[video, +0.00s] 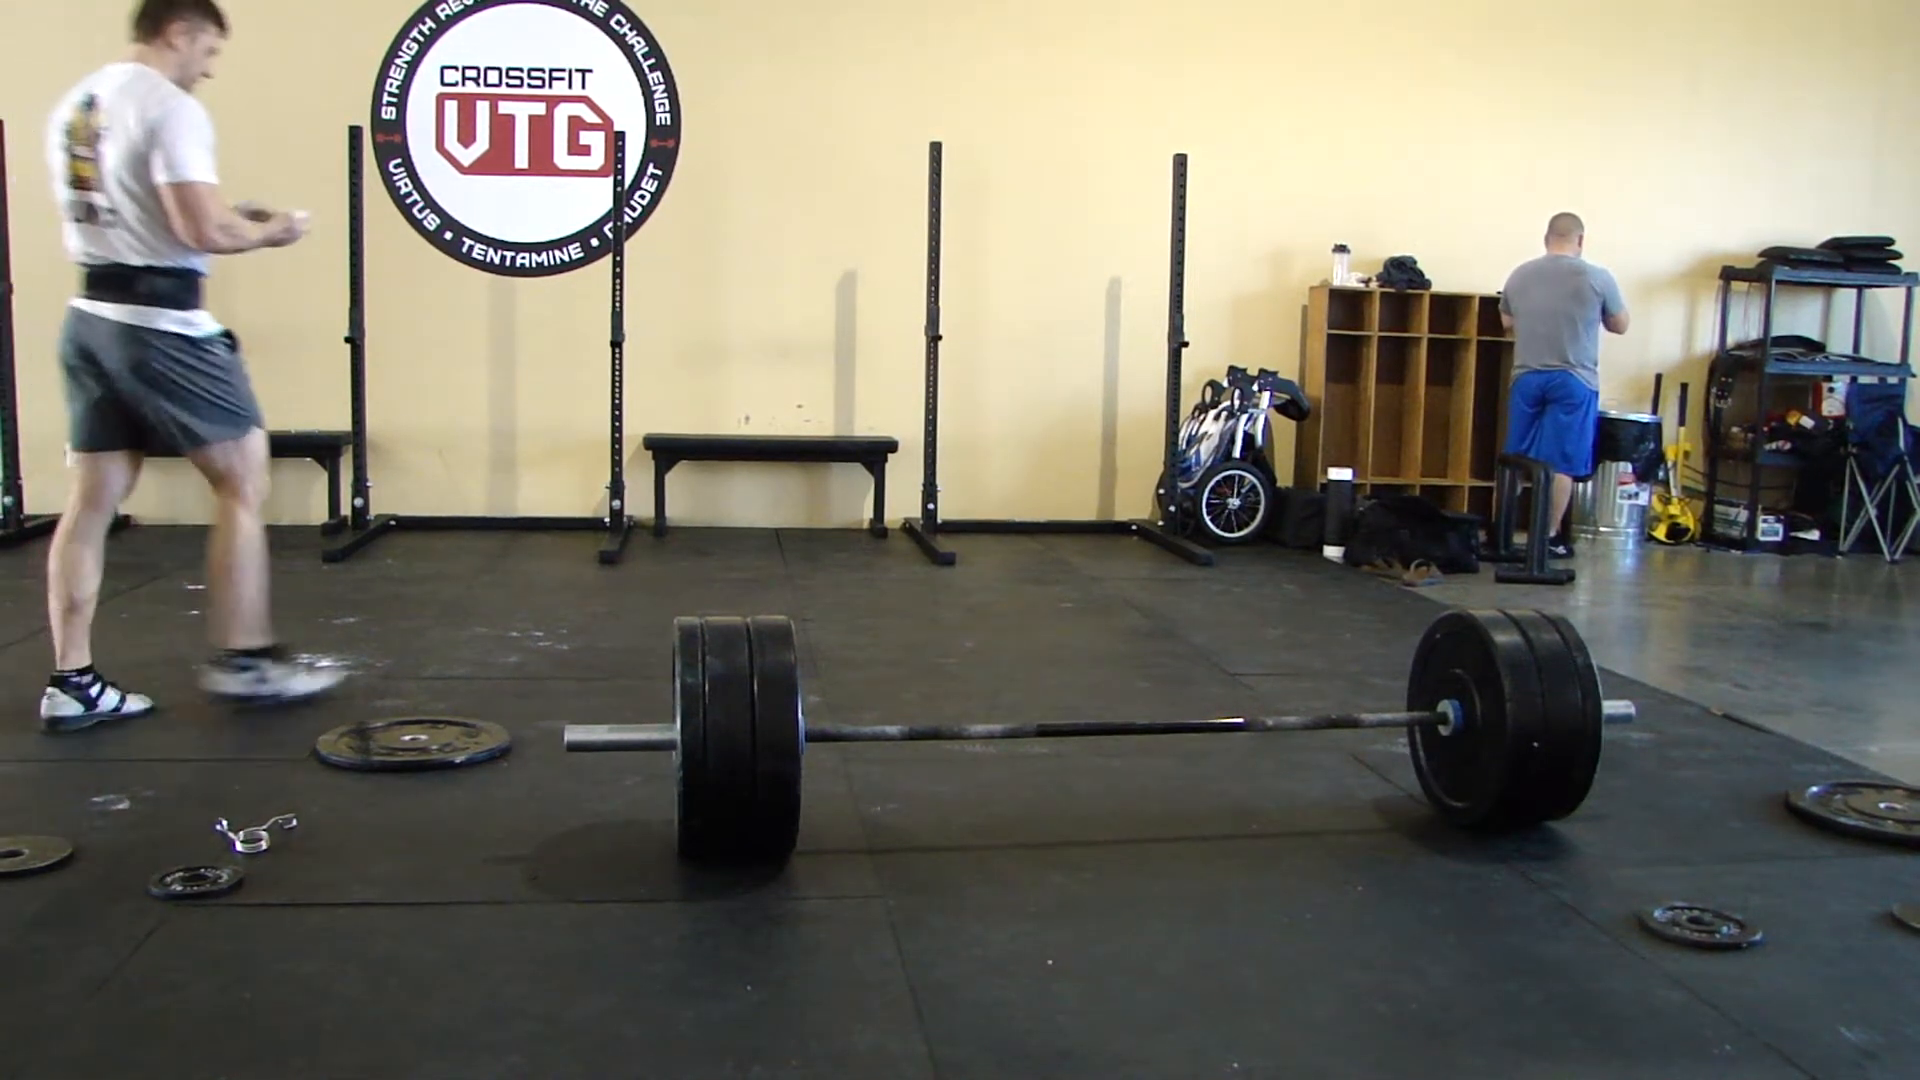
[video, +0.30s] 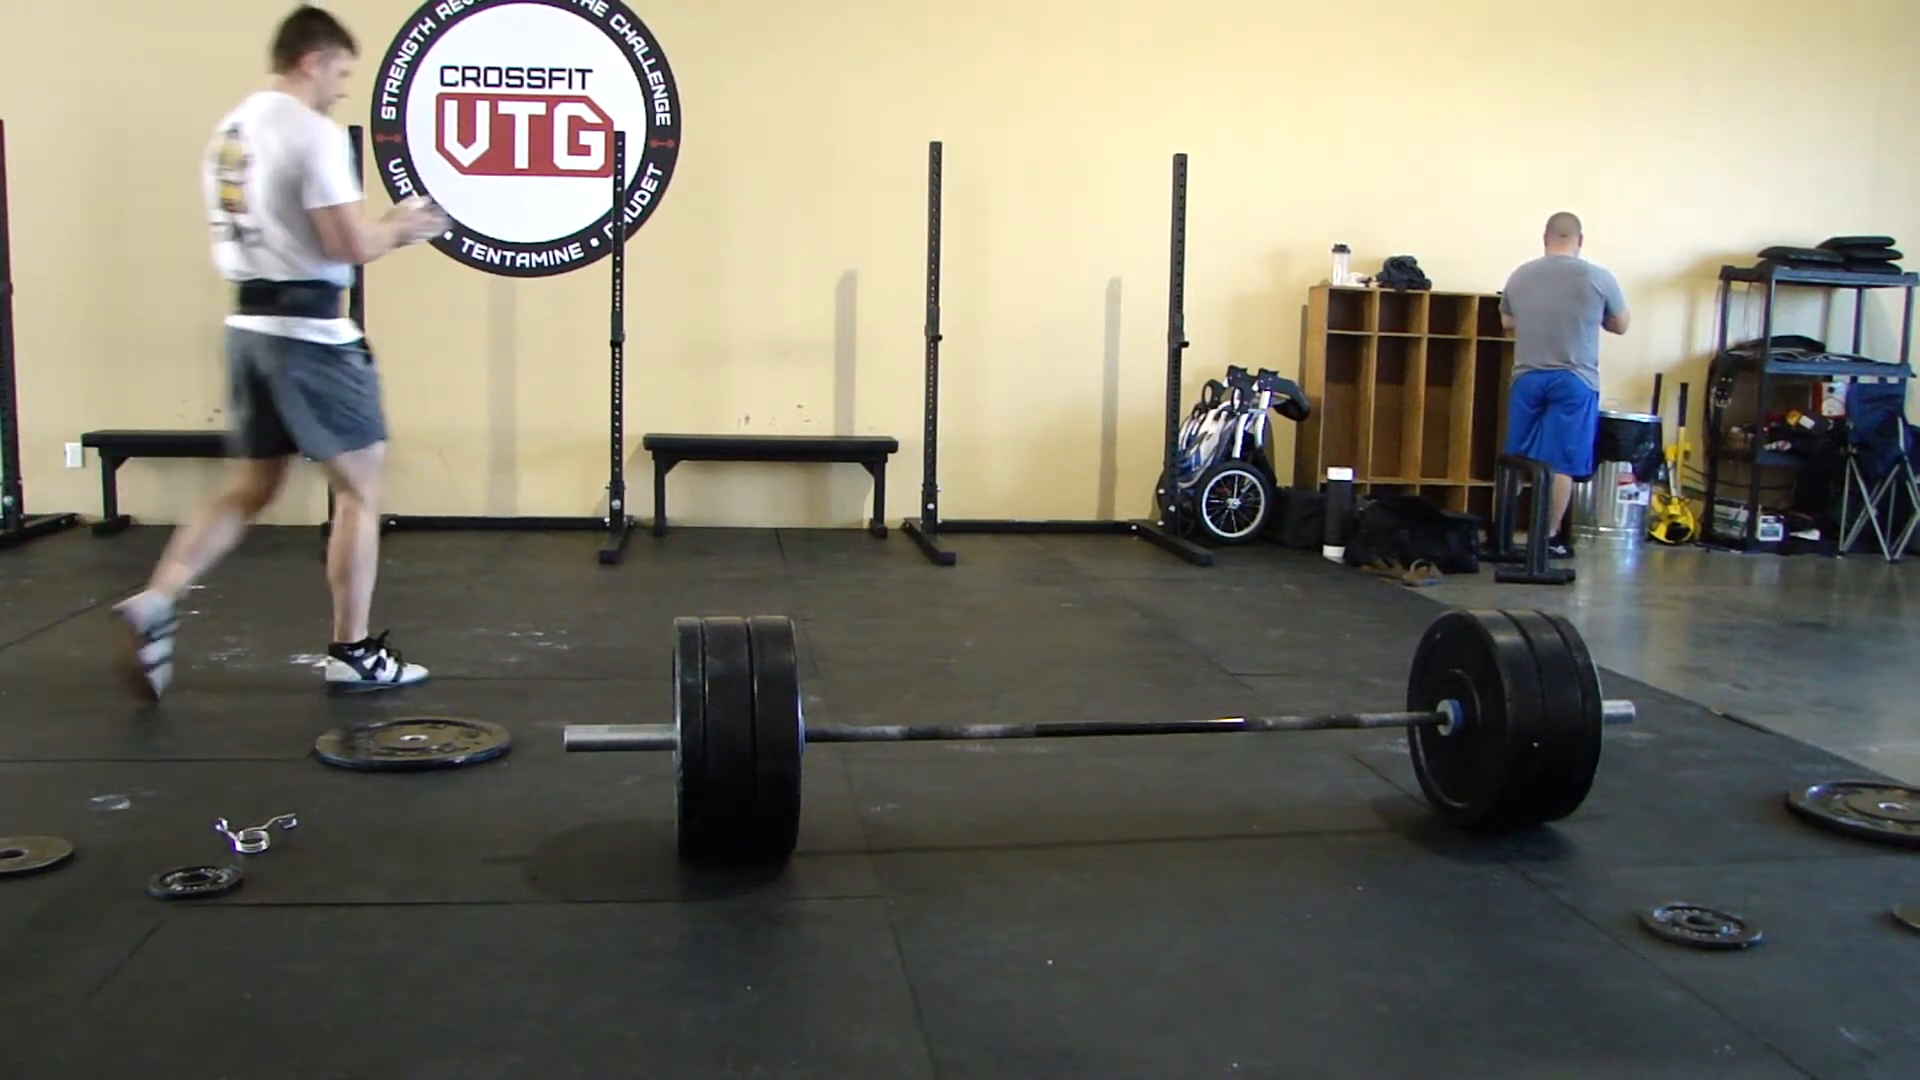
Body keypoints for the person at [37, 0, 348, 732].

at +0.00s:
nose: (211, 69)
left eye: (217, 55)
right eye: (209, 52)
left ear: (156, 32)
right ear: (175, 34)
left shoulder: (75, 102)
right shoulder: (173, 109)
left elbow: (103, 216)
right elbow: (201, 227)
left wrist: (232, 216)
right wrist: (274, 233)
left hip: (93, 322)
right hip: (167, 328)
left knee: (92, 500)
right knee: (242, 484)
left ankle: (71, 680)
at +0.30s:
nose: (346, 88)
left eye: (349, 74)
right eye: (343, 72)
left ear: (291, 62)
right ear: (313, 61)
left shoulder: (234, 125)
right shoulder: (310, 131)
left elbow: (282, 238)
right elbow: (350, 244)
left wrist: (390, 225)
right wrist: (409, 226)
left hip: (250, 334)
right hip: (314, 340)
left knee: (252, 486)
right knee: (359, 488)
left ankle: (155, 602)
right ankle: (354, 648)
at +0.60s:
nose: (449, 93)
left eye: (451, 80)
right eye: (446, 78)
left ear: (396, 70)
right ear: (416, 69)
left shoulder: (347, 132)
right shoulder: (416, 134)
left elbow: (394, 226)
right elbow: (471, 237)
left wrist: (492, 217)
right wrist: (528, 222)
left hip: (367, 327)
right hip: (413, 336)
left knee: (425, 476)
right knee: (388, 493)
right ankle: (353, 646)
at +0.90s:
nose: (552, 111)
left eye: (553, 99)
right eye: (545, 98)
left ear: (502, 95)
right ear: (508, 93)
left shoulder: (465, 148)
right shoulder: (517, 154)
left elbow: (516, 245)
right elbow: (561, 254)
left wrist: (581, 242)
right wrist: (604, 245)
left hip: (484, 335)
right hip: (522, 342)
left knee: (527, 477)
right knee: (548, 484)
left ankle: (532, 608)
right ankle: (422, 585)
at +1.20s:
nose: (644, 110)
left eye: (650, 99)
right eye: (633, 98)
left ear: (649, 99)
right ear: (597, 94)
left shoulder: (608, 156)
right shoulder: (587, 151)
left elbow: (619, 247)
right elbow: (585, 240)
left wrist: (684, 248)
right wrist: (650, 305)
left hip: (581, 323)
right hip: (609, 326)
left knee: (571, 462)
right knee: (672, 456)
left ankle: (535, 606)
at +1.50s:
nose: (748, 117)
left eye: (755, 107)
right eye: (737, 105)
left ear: (758, 109)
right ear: (706, 104)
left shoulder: (724, 169)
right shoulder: (697, 165)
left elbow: (720, 256)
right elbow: (664, 257)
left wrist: (776, 264)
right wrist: (645, 348)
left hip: (707, 339)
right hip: (727, 341)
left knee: (698, 465)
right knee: (772, 473)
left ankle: (597, 563)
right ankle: (777, 613)